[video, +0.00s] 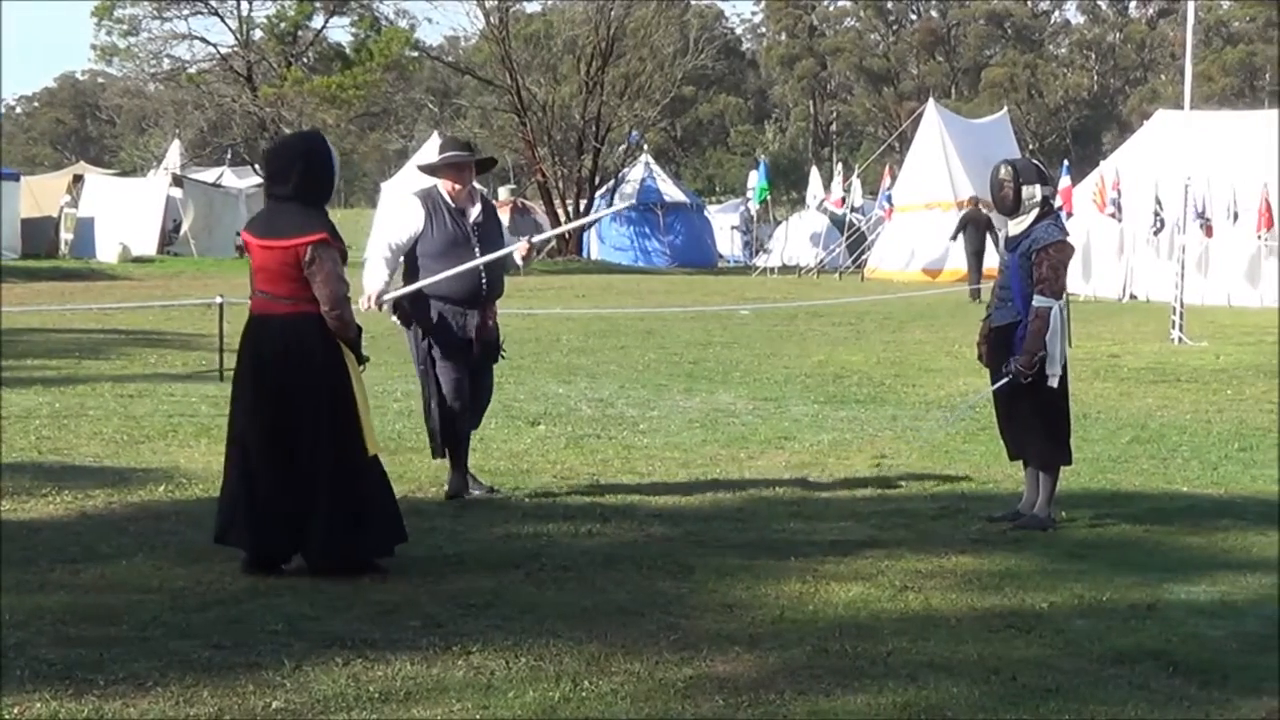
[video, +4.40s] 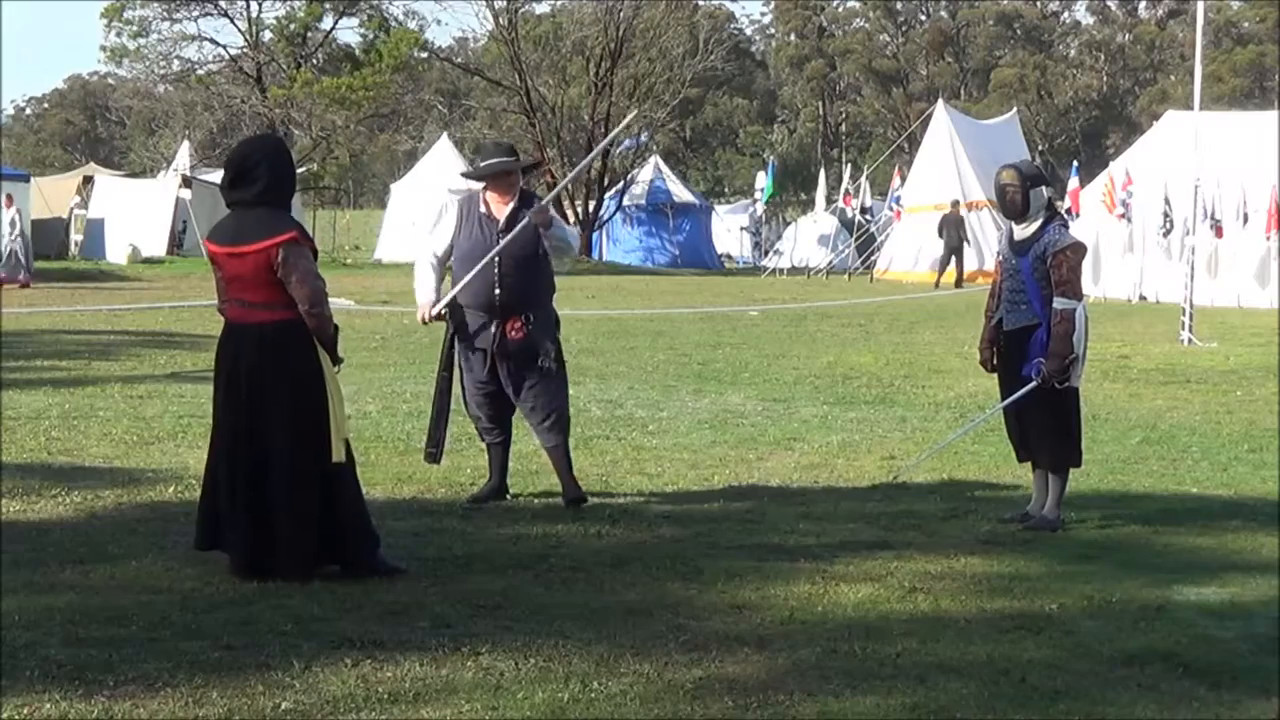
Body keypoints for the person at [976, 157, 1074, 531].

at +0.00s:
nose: (1003, 193)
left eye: (1010, 187)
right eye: (1001, 186)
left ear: (1032, 190)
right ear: (1001, 191)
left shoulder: (1048, 236)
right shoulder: (1015, 231)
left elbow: (1046, 303)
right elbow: (1005, 285)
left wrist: (1028, 354)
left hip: (1036, 338)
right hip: (1008, 336)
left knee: (1043, 419)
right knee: (1021, 418)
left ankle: (1044, 508)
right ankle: (1029, 501)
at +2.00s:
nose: (1010, 197)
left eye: (1018, 190)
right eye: (1006, 190)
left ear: (1041, 193)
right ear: (1004, 194)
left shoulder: (1061, 238)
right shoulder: (1011, 235)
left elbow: (1069, 301)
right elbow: (1000, 289)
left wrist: (1059, 354)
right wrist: (989, 335)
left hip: (1047, 337)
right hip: (1013, 337)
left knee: (1053, 416)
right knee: (1026, 415)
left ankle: (1053, 507)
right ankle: (1039, 501)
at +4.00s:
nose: (1005, 198)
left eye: (1013, 191)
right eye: (1001, 191)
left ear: (1036, 194)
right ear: (999, 196)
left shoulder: (1057, 239)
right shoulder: (1009, 237)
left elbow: (1065, 303)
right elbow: (998, 289)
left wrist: (1056, 355)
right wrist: (987, 336)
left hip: (1045, 338)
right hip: (1012, 339)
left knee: (1050, 418)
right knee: (1026, 417)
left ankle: (1053, 508)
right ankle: (1038, 502)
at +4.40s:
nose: (1006, 198)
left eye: (1014, 191)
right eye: (1003, 191)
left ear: (1037, 194)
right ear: (1000, 195)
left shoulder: (1057, 238)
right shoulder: (1010, 236)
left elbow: (1066, 301)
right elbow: (999, 289)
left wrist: (1058, 354)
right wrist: (989, 336)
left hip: (1045, 338)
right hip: (1013, 339)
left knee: (1051, 418)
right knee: (1026, 417)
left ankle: (1053, 508)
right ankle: (1038, 501)